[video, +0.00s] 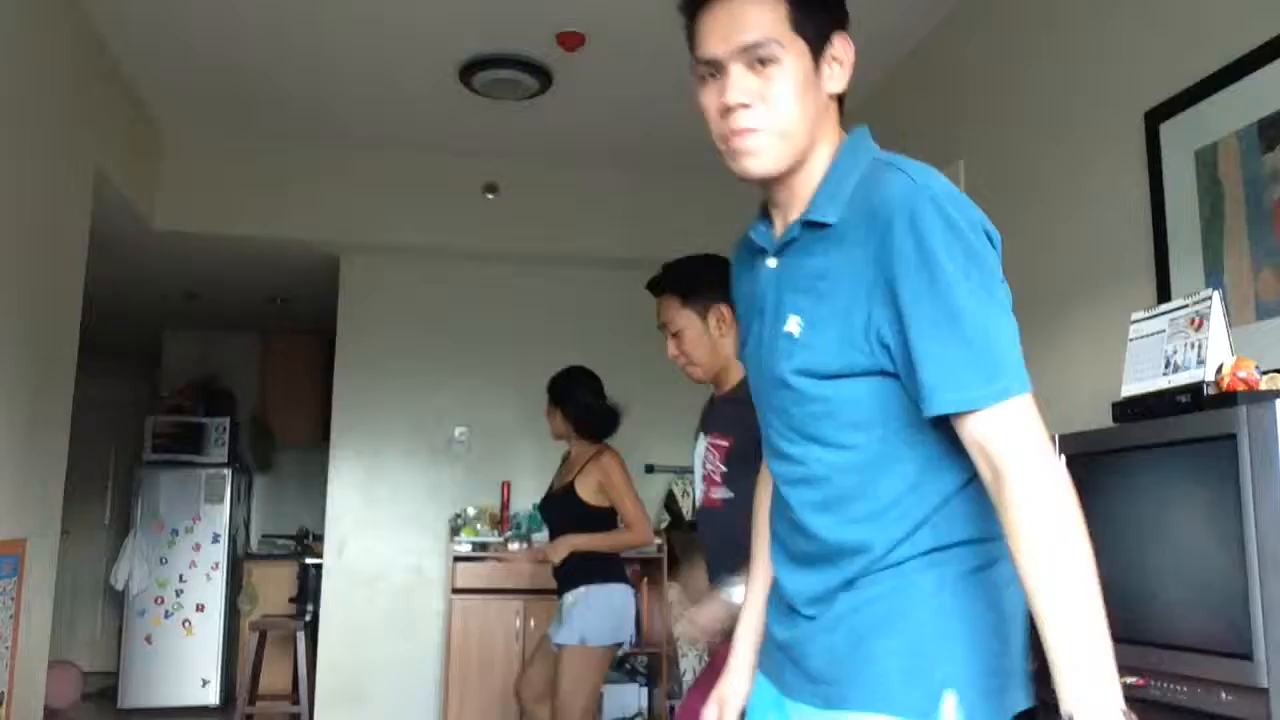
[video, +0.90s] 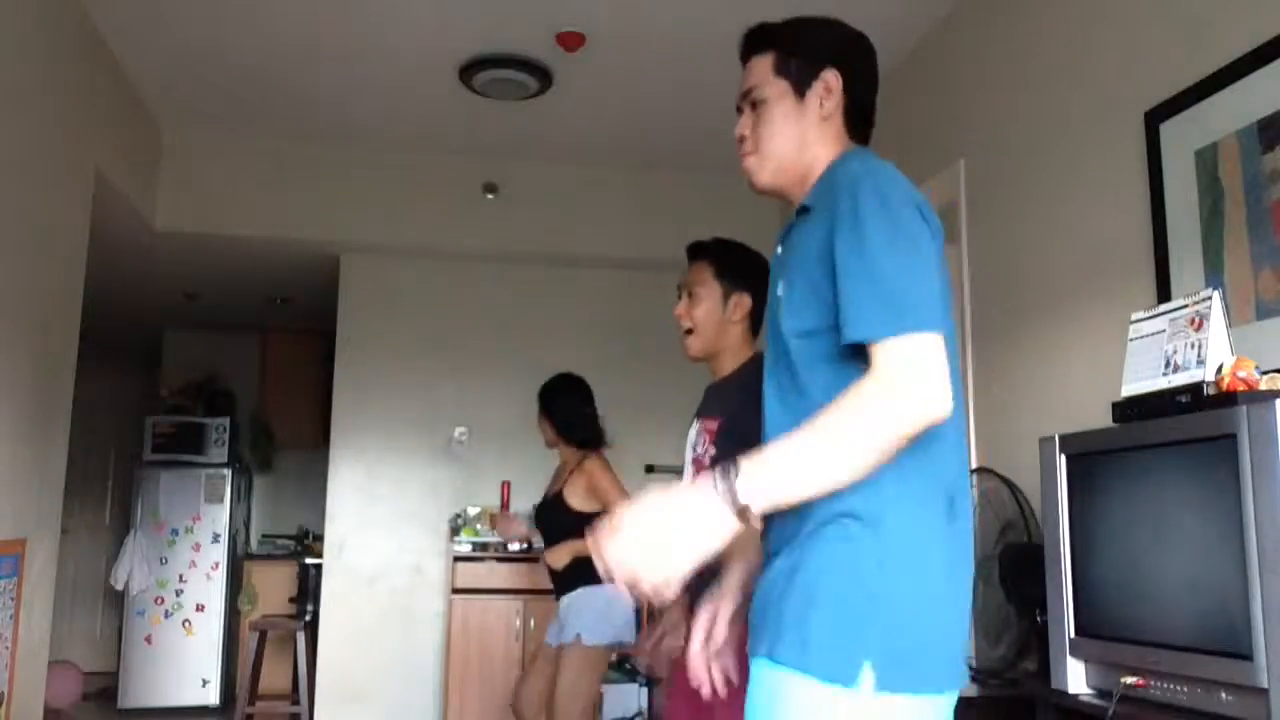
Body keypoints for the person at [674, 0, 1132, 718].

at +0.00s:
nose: (731, 96)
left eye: (762, 60)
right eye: (710, 72)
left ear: (835, 63)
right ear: (696, 90)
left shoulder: (913, 210)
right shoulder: (755, 254)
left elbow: (1019, 459)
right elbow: (782, 466)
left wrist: (1096, 702)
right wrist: (743, 663)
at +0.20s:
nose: (760, 78)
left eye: (785, 49)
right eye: (742, 62)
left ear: (850, 56)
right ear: (729, 82)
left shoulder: (916, 179)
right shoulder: (773, 240)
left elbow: (1012, 393)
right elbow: (783, 448)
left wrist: (1068, 621)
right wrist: (742, 618)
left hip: (887, 629)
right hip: (779, 629)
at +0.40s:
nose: (743, 104)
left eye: (764, 74)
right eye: (736, 87)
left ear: (838, 71)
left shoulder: (901, 169)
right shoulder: (780, 247)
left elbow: (997, 367)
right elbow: (789, 434)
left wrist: (997, 586)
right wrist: (739, 592)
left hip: (878, 612)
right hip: (789, 612)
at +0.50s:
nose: (736, 115)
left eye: (756, 87)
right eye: (733, 96)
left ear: (830, 77)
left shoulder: (891, 176)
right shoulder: (792, 241)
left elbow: (986, 368)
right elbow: (790, 459)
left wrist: (949, 588)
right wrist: (727, 614)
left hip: (863, 617)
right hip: (797, 614)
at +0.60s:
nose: (737, 101)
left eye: (754, 73)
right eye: (736, 82)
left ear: (827, 63)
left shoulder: (881, 160)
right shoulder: (796, 213)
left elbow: (977, 336)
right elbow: (810, 432)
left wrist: (881, 536)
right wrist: (741, 578)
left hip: (879, 619)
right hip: (804, 613)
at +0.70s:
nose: (738, 104)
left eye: (755, 75)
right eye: (739, 85)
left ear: (827, 66)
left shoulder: (874, 158)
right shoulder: (801, 204)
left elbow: (954, 327)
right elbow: (816, 414)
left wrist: (808, 511)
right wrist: (748, 574)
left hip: (869, 607)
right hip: (816, 604)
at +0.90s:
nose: (737, 129)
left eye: (754, 102)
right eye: (739, 110)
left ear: (825, 95)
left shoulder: (864, 188)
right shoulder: (801, 234)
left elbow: (916, 384)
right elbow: (807, 438)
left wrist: (724, 499)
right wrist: (736, 575)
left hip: (860, 636)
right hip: (811, 625)